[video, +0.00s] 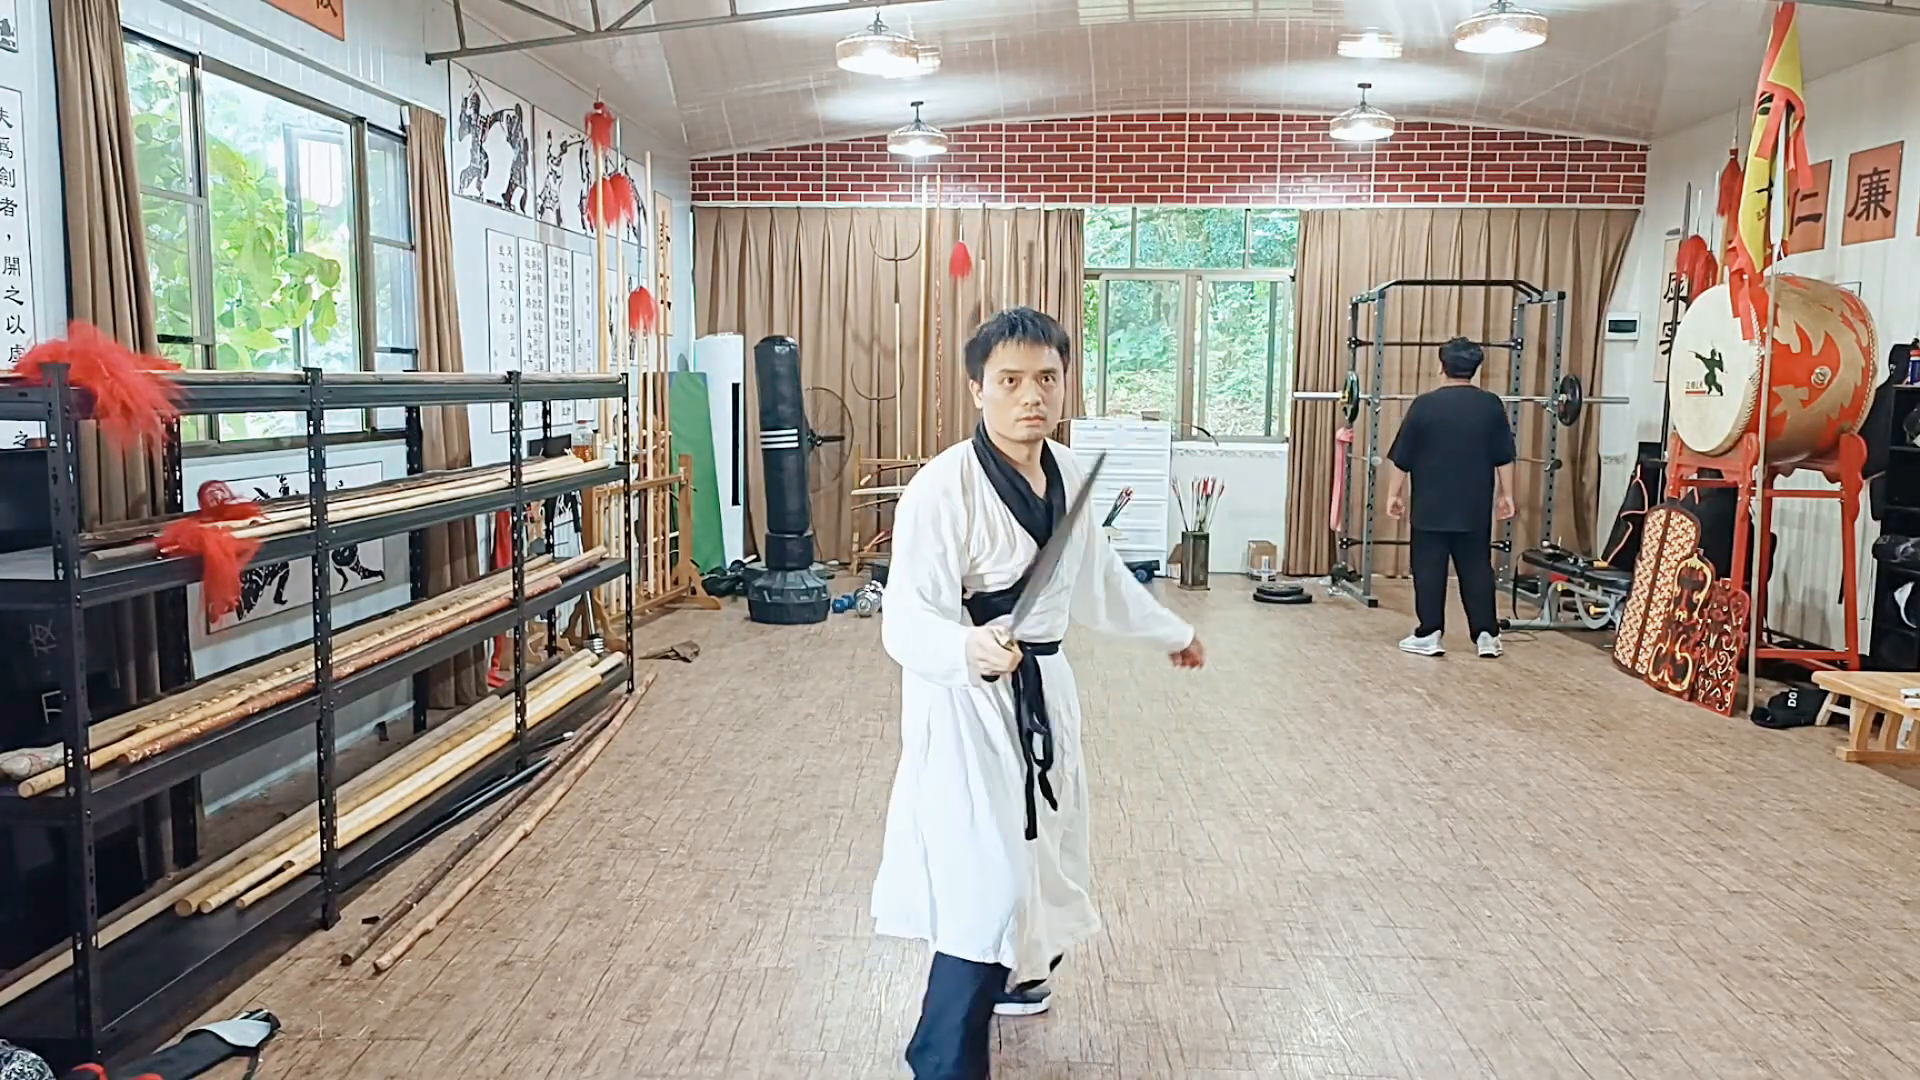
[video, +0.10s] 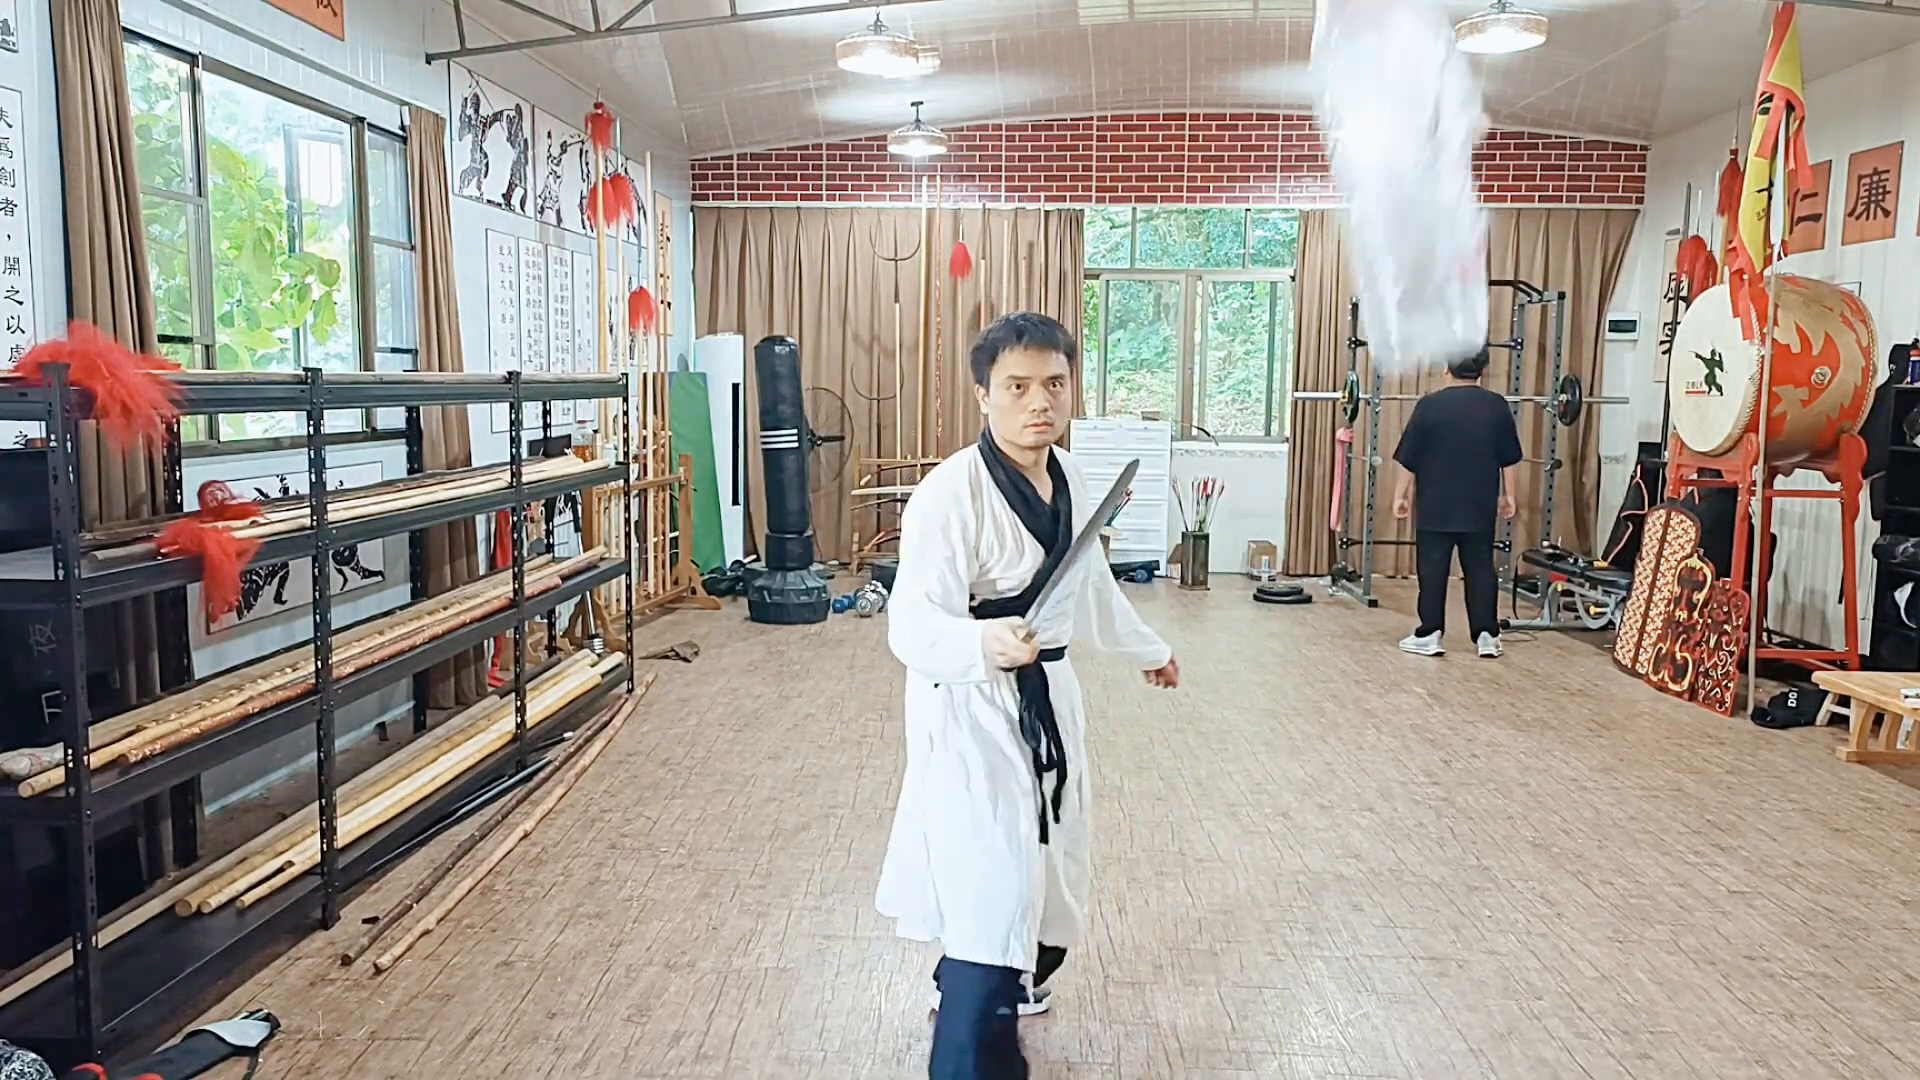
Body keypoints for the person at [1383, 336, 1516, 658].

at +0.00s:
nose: (1438, 368)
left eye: (1440, 364)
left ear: (1442, 368)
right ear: (1475, 369)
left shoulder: (1425, 404)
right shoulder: (1490, 405)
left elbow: (1402, 456)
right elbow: (1503, 456)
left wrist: (1394, 493)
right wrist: (1507, 494)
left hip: (1430, 508)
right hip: (1474, 508)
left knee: (1429, 571)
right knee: (1476, 570)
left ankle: (1429, 634)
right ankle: (1486, 635)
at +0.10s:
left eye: (1444, 367)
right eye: (1488, 369)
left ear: (1448, 370)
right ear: (1483, 372)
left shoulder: (1430, 404)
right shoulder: (1495, 404)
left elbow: (1409, 457)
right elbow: (1509, 456)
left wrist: (1400, 495)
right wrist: (1510, 493)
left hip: (1434, 506)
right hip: (1478, 507)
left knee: (1432, 572)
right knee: (1480, 570)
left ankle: (1429, 634)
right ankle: (1486, 636)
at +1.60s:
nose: (1442, 370)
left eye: (1444, 366)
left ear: (1445, 369)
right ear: (1477, 371)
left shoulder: (1430, 404)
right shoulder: (1492, 405)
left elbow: (1408, 455)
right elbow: (1506, 455)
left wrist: (1401, 488)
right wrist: (1504, 491)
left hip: (1433, 505)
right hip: (1475, 506)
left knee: (1428, 568)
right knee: (1476, 568)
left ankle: (1423, 626)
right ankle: (1485, 633)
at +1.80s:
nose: (1429, 370)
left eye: (1430, 366)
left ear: (1431, 369)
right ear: (1463, 370)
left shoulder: (1414, 405)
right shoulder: (1478, 406)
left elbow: (1390, 456)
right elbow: (1491, 457)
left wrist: (1384, 487)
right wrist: (1488, 492)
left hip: (1418, 507)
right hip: (1459, 507)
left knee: (1417, 568)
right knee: (1460, 560)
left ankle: (1422, 626)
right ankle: (1476, 617)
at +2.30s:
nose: (1409, 369)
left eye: (1410, 366)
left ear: (1411, 369)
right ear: (1442, 369)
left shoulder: (1399, 406)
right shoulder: (1459, 404)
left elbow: (1377, 456)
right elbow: (1474, 452)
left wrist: (1367, 491)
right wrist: (1474, 486)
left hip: (1407, 502)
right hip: (1445, 501)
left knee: (1411, 561)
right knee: (1437, 556)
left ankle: (1421, 625)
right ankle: (1429, 613)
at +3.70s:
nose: (1417, 370)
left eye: (1419, 366)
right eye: (1420, 366)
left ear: (1423, 369)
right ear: (1453, 373)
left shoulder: (1405, 401)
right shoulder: (1463, 406)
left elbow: (1383, 447)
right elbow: (1471, 455)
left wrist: (1375, 478)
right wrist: (1468, 485)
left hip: (1406, 493)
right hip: (1442, 495)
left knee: (1397, 546)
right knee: (1434, 550)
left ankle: (1405, 603)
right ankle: (1423, 610)